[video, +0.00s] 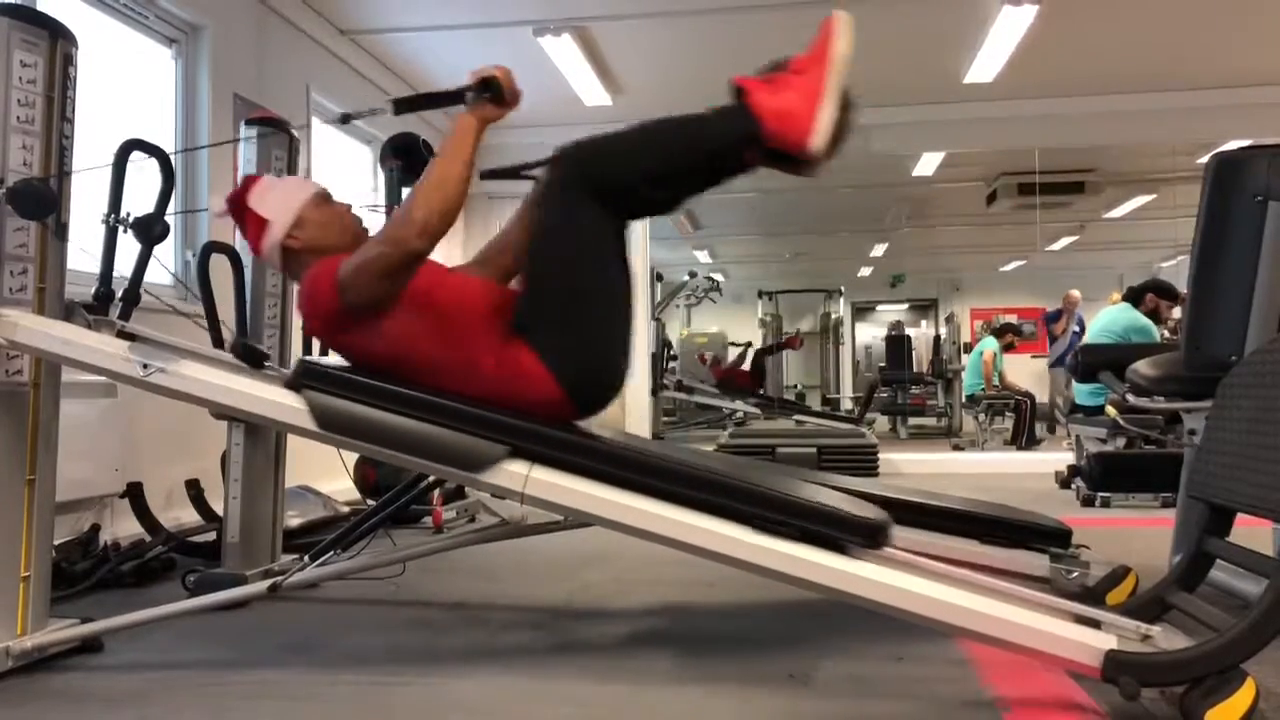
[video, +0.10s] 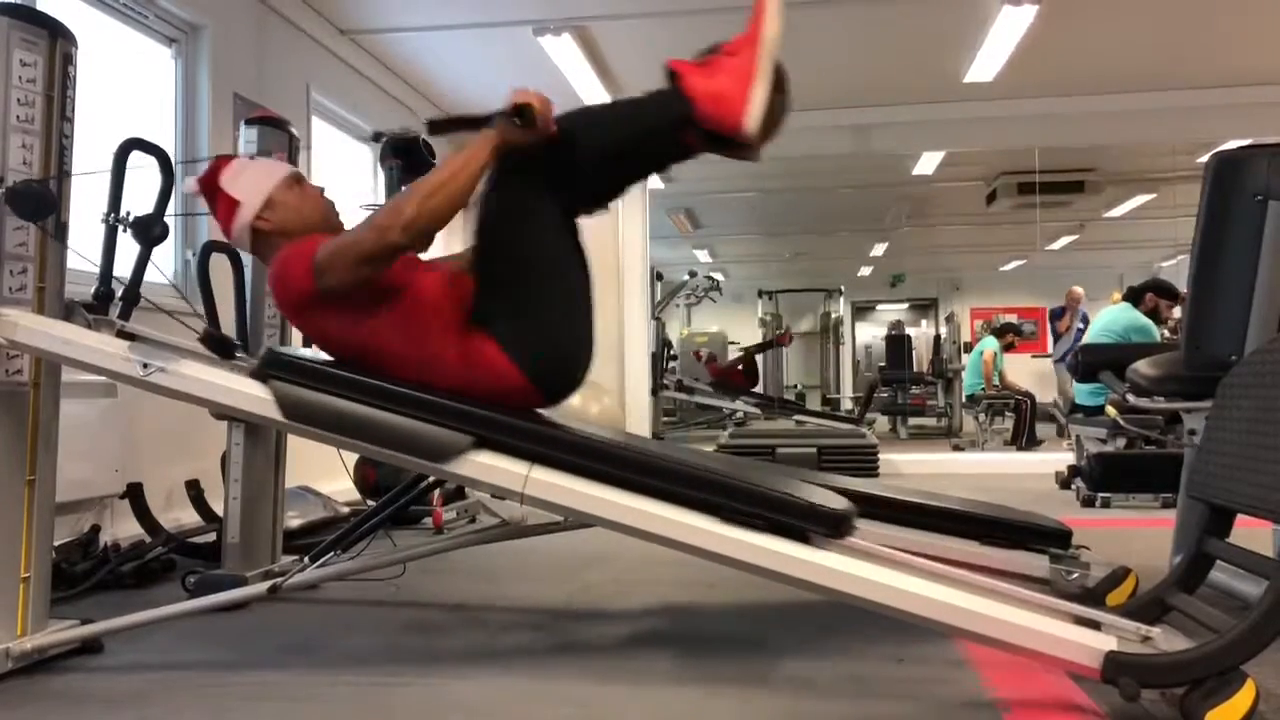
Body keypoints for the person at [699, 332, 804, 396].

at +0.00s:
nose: (720, 362)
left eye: (718, 361)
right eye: (717, 362)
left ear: (715, 366)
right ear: (715, 365)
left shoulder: (723, 374)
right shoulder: (721, 375)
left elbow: (737, 362)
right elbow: (738, 362)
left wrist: (745, 348)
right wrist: (746, 348)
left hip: (753, 382)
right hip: (754, 382)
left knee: (760, 354)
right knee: (759, 354)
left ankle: (789, 343)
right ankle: (789, 344)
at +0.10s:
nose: (715, 356)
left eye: (713, 354)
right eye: (712, 355)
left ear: (706, 361)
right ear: (710, 358)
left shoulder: (716, 369)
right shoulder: (715, 369)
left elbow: (733, 364)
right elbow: (733, 364)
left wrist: (745, 356)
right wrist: (745, 356)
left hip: (746, 380)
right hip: (748, 381)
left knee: (749, 352)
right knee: (749, 352)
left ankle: (778, 341)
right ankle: (778, 341)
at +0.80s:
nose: (718, 355)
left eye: (715, 354)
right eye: (715, 355)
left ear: (710, 362)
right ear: (714, 359)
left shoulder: (719, 371)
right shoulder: (721, 370)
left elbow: (735, 358)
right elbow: (738, 357)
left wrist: (742, 345)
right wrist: (747, 343)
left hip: (751, 385)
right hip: (755, 383)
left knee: (764, 357)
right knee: (764, 355)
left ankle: (793, 345)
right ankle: (794, 346)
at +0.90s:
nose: (719, 356)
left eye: (716, 355)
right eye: (716, 356)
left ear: (713, 364)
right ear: (716, 360)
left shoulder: (726, 370)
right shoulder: (725, 372)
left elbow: (739, 356)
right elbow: (739, 356)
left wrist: (741, 340)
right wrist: (742, 339)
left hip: (759, 382)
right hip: (761, 385)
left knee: (773, 359)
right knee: (774, 358)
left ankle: (803, 350)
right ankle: (804, 350)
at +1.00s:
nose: (729, 359)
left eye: (727, 357)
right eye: (726, 358)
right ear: (724, 361)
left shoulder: (730, 374)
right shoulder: (730, 373)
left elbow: (740, 355)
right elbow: (741, 355)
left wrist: (737, 339)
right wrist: (738, 338)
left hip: (765, 389)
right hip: (766, 385)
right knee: (784, 362)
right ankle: (813, 353)